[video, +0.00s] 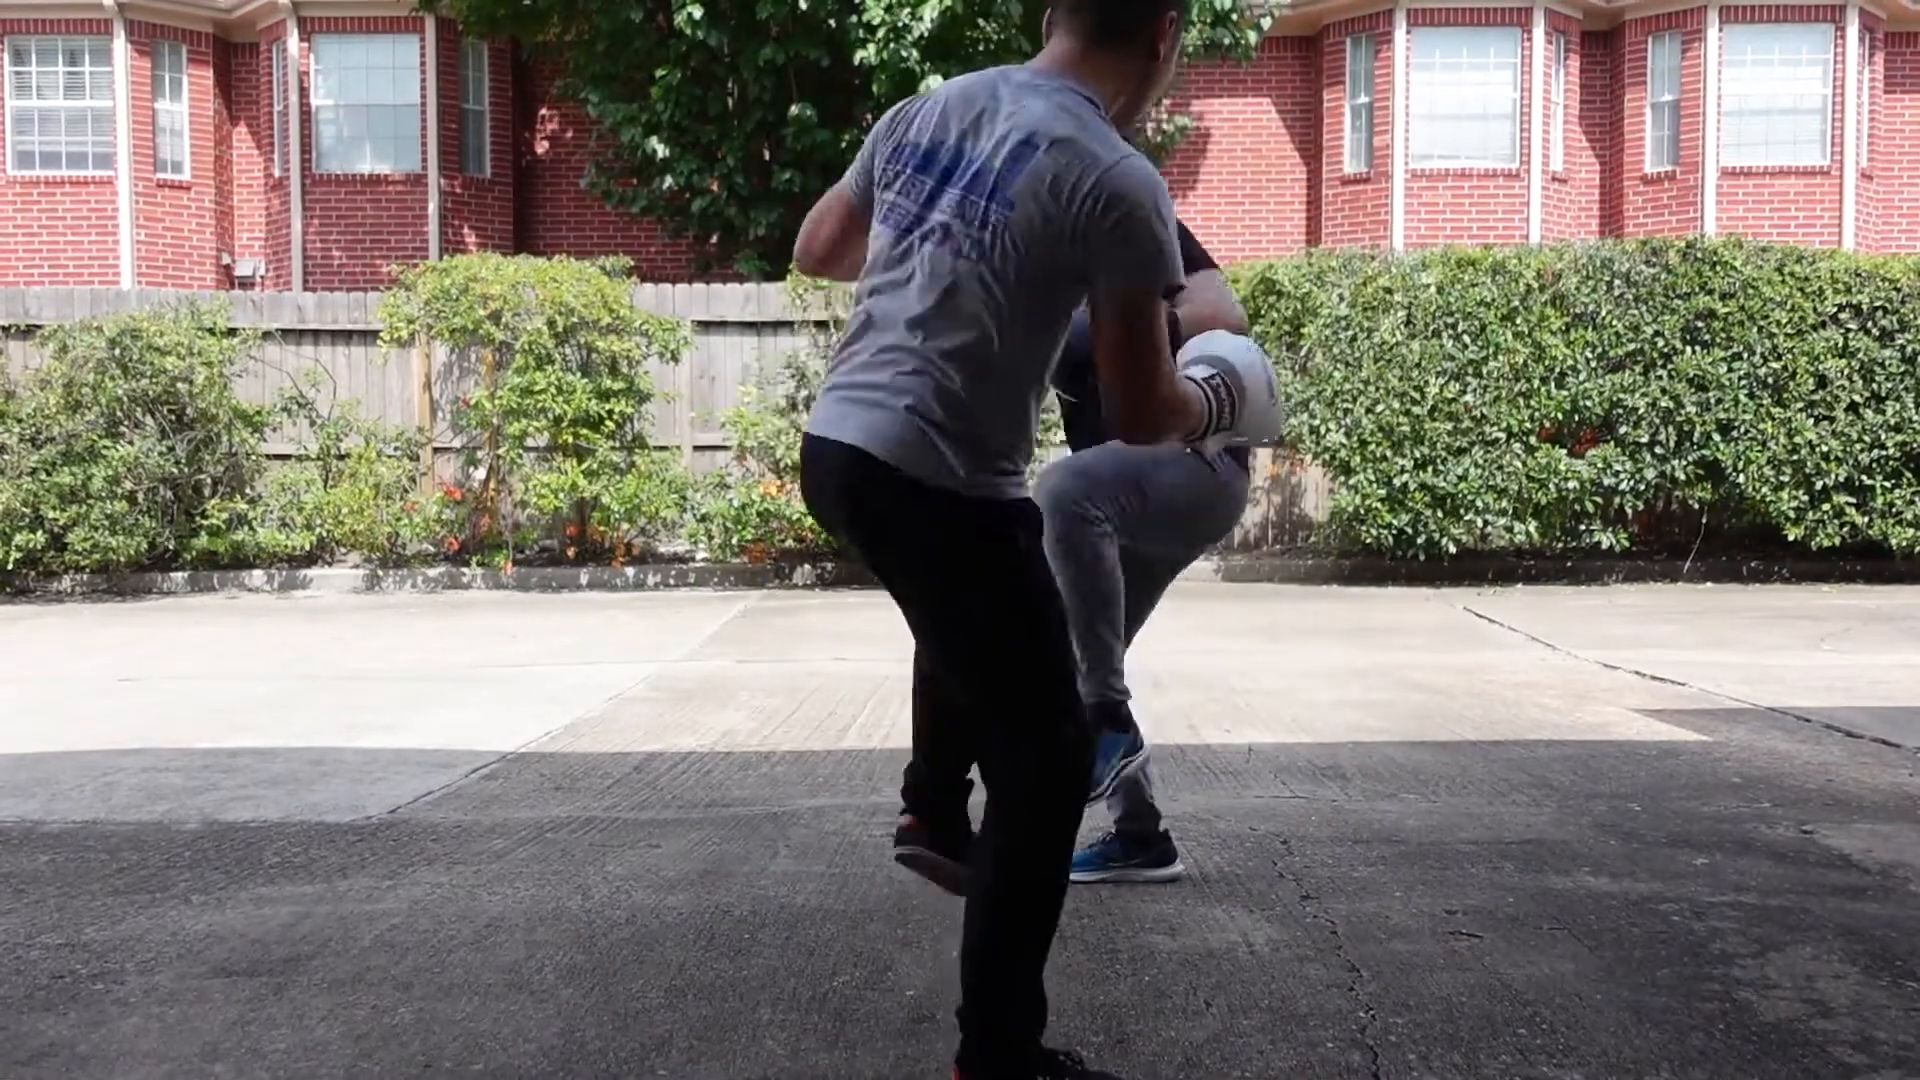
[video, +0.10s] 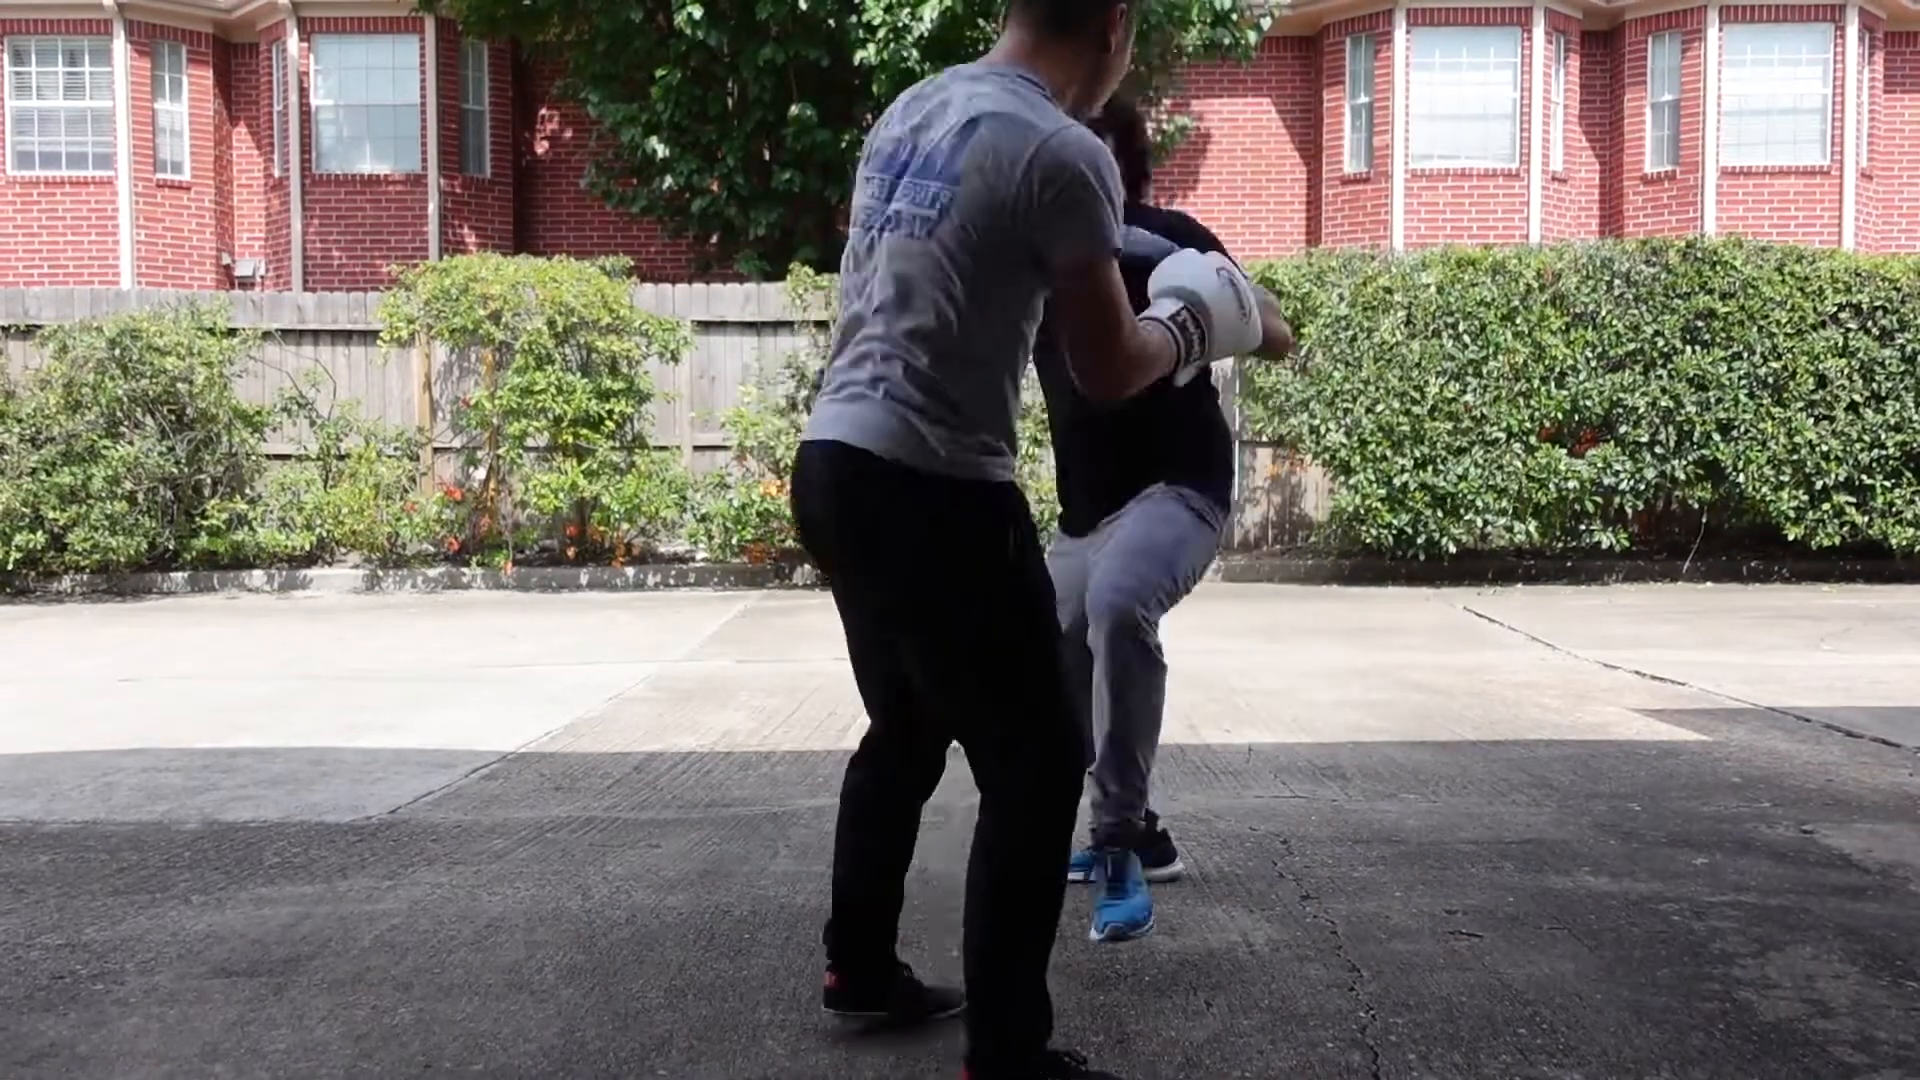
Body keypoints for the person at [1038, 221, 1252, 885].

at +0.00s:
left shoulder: (1131, 214)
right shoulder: (1026, 256)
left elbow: (1221, 311)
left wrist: (1111, 340)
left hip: (1201, 466)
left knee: (1070, 487)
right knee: (1086, 659)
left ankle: (1106, 718)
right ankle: (1137, 830)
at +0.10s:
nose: (1071, 184)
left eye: (1086, 167)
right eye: (1064, 168)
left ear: (1119, 170)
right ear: (1048, 177)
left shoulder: (1173, 239)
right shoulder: (1038, 249)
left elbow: (1274, 337)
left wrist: (1213, 298)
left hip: (1176, 488)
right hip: (1083, 498)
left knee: (1114, 602)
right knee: (1068, 670)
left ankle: (1115, 841)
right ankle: (1131, 829)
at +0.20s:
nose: (1112, 144)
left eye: (1133, 129)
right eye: (1088, 127)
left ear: (1149, 122)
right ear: (1074, 124)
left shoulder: (1188, 210)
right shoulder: (1037, 205)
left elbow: (1261, 307)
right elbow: (977, 294)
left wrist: (1202, 187)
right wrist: (1037, 181)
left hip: (1161, 511)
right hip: (1054, 512)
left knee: (1150, 689)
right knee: (1045, 697)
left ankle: (1110, 898)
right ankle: (1109, 805)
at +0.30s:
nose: (1178, 113)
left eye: (1203, 108)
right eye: (1168, 98)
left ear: (1228, 142)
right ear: (1138, 108)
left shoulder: (1224, 239)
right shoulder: (1072, 188)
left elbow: (1231, 286)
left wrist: (1171, 172)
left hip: (1154, 505)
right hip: (1035, 498)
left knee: (1167, 691)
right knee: (976, 695)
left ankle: (1113, 900)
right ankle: (1021, 765)